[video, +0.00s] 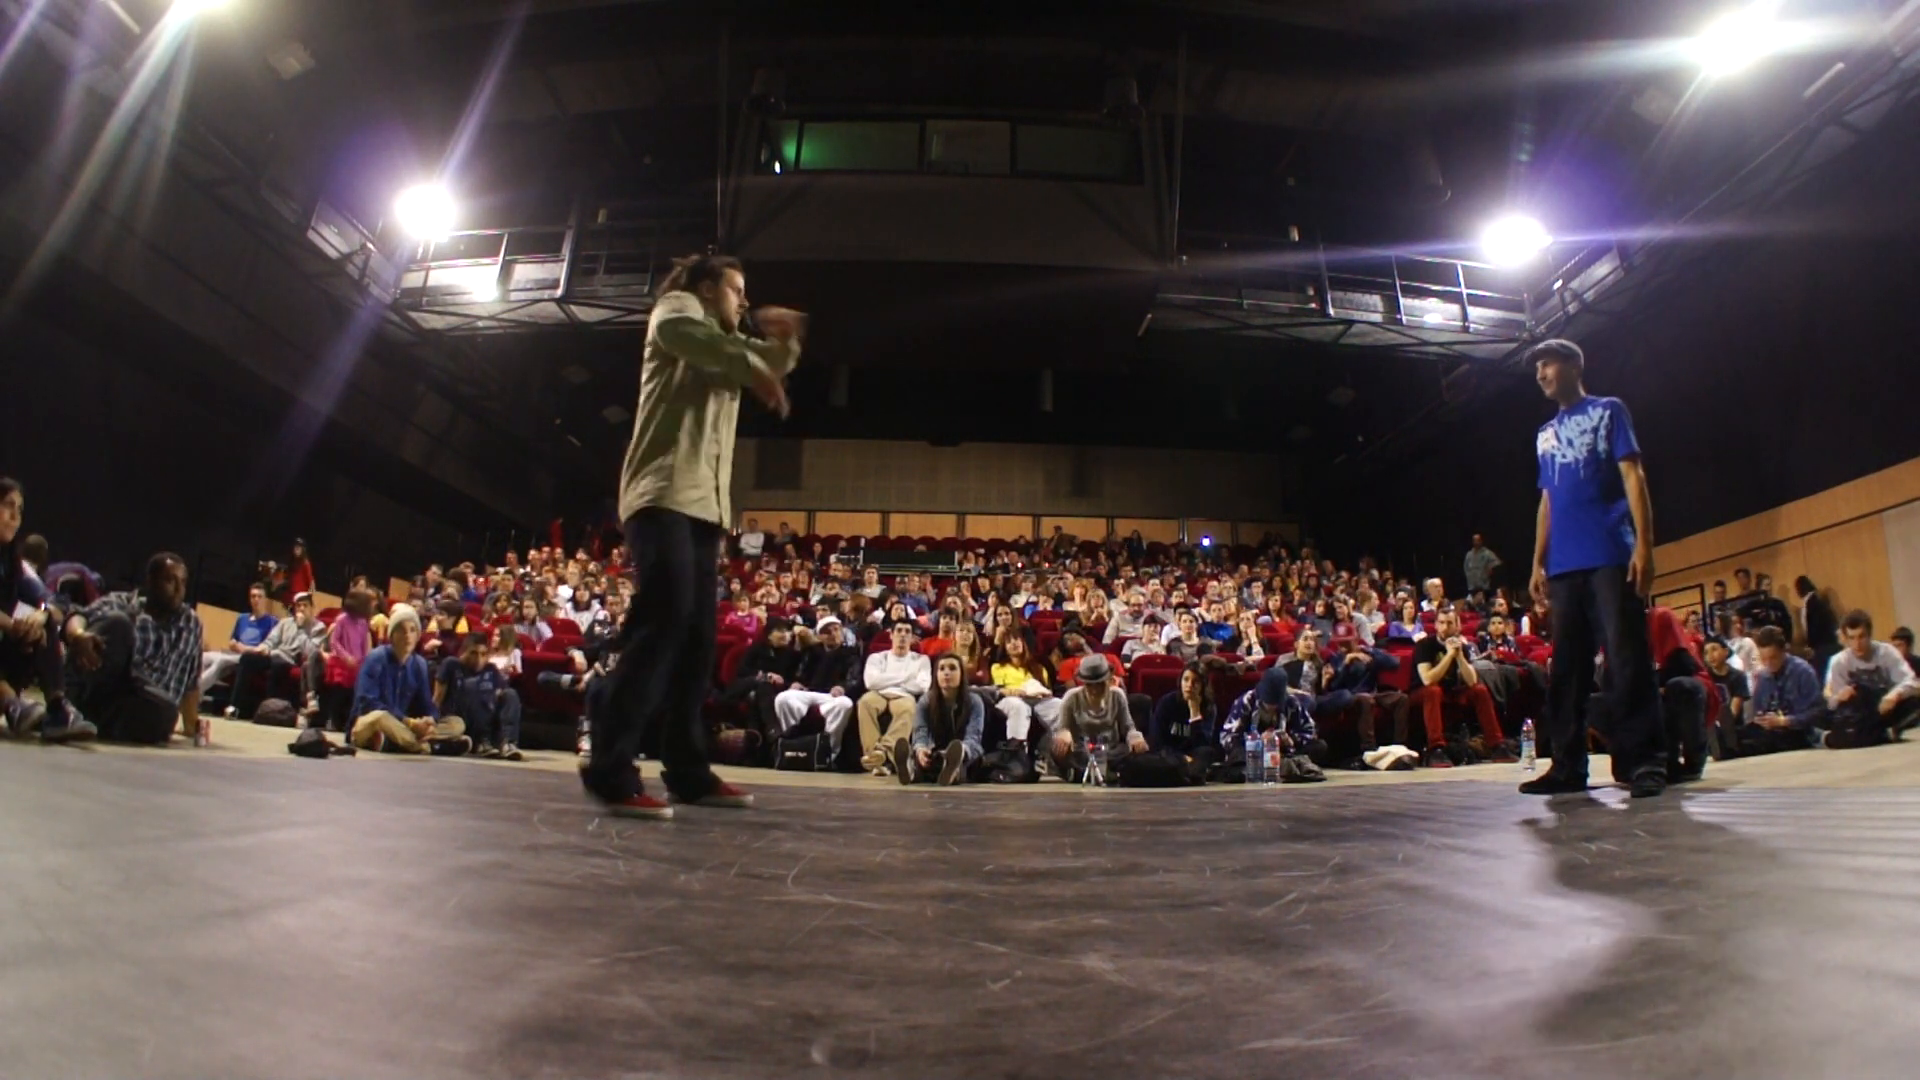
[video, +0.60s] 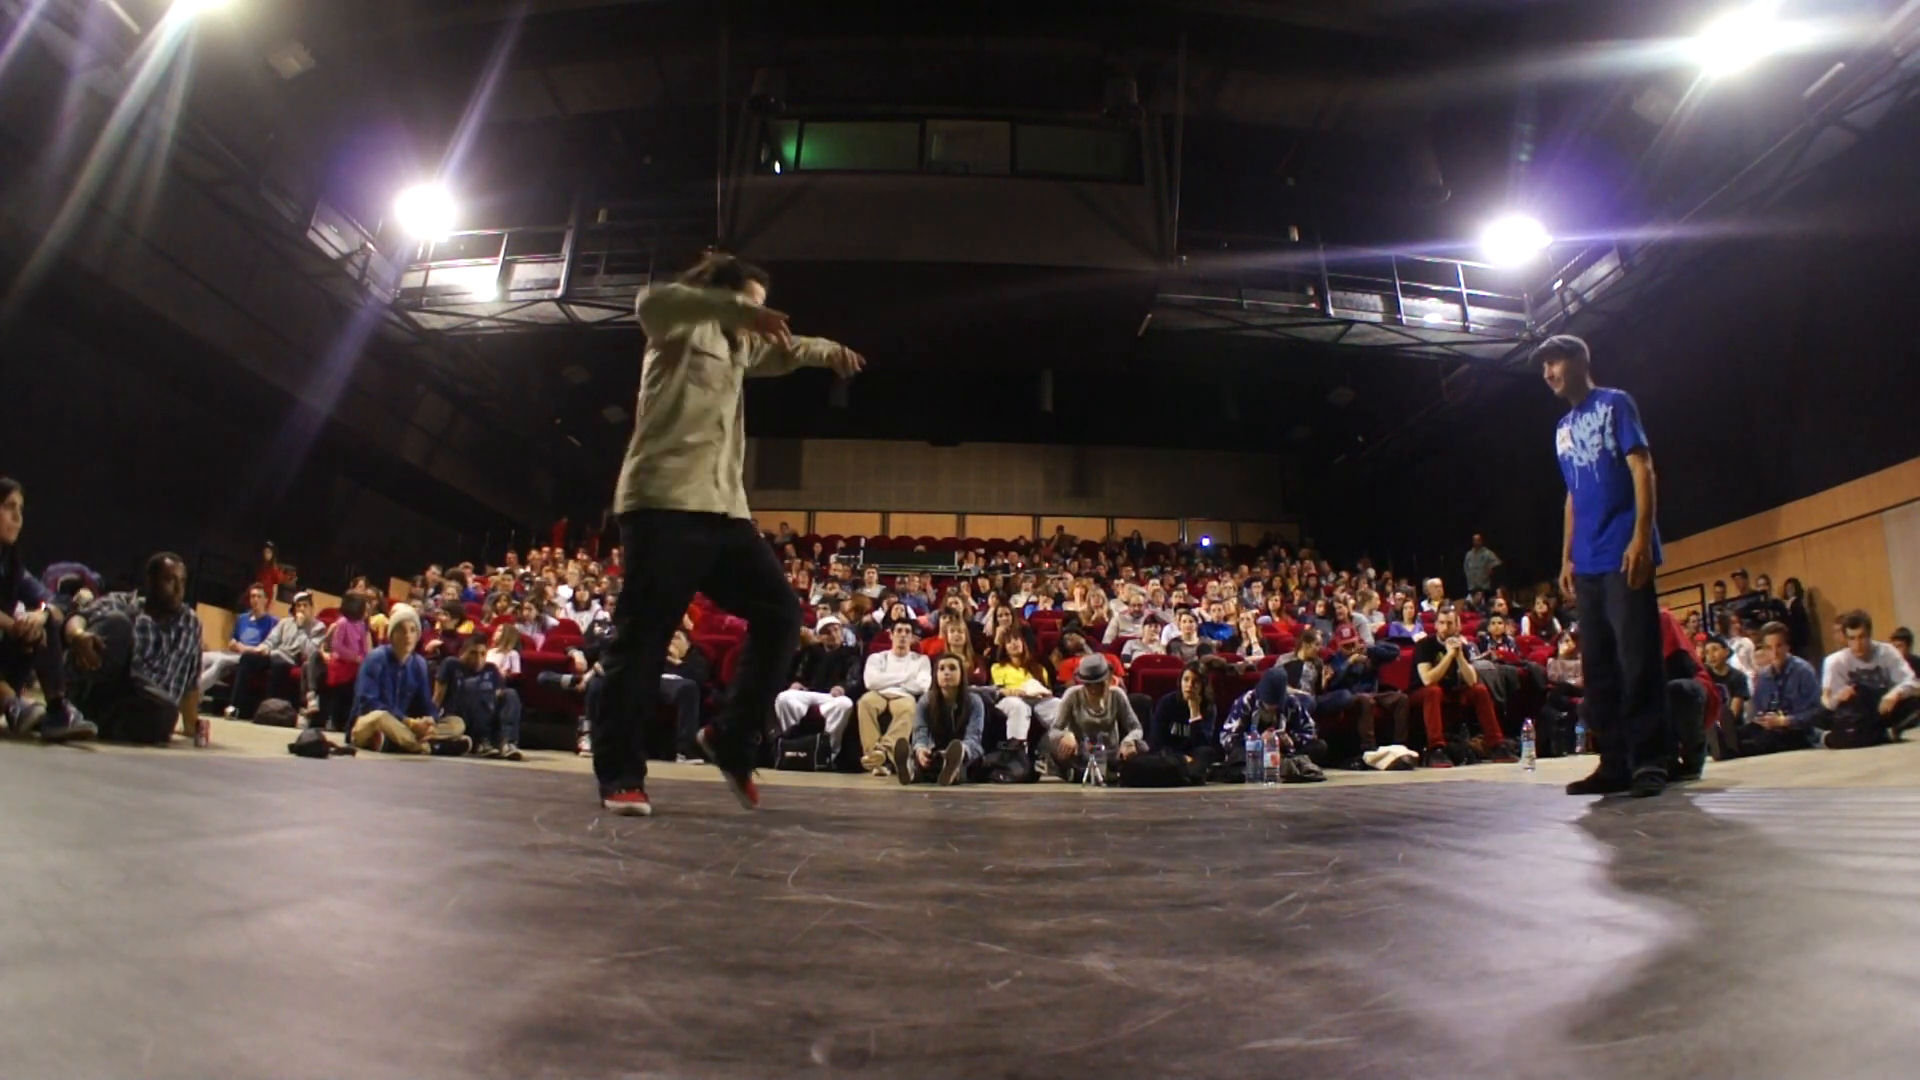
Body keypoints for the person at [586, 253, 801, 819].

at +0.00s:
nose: (743, 300)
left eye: (745, 293)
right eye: (736, 288)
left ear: (732, 300)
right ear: (705, 285)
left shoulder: (729, 343)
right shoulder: (675, 309)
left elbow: (763, 369)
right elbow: (695, 344)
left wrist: (787, 342)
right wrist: (757, 369)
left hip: (705, 503)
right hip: (662, 492)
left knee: (697, 638)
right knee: (664, 622)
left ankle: (688, 772)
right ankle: (609, 768)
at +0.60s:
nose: (759, 316)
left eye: (762, 309)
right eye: (753, 305)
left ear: (756, 310)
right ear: (723, 292)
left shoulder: (741, 346)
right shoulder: (675, 321)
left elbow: (787, 350)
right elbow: (653, 300)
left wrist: (833, 351)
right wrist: (739, 310)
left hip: (723, 510)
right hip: (663, 504)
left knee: (780, 616)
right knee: (640, 642)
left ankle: (734, 739)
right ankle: (619, 773)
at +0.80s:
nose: (765, 318)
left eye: (771, 312)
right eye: (760, 305)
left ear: (764, 315)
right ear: (732, 291)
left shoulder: (750, 346)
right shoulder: (694, 320)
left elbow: (789, 349)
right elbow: (709, 262)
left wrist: (833, 353)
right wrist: (709, 196)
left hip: (728, 500)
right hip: (681, 489)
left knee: (779, 619)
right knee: (714, 602)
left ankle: (734, 742)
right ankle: (617, 723)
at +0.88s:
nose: (767, 320)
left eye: (772, 313)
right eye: (763, 307)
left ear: (763, 313)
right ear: (736, 294)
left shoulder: (748, 347)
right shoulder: (699, 317)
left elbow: (784, 346)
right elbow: (698, 261)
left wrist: (827, 349)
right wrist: (710, 198)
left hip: (732, 498)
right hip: (688, 486)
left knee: (780, 617)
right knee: (734, 604)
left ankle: (737, 742)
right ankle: (648, 737)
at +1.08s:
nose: (772, 304)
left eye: (773, 295)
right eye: (764, 290)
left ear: (760, 301)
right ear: (734, 282)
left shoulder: (752, 343)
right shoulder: (700, 304)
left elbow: (793, 336)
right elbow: (690, 254)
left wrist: (840, 312)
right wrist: (752, 195)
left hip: (733, 496)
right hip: (684, 484)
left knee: (778, 620)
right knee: (730, 605)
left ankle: (762, 749)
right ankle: (645, 738)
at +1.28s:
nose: (783, 293)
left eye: (787, 288)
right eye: (775, 281)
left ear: (783, 301)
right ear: (746, 281)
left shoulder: (772, 346)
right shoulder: (713, 310)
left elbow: (814, 351)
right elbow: (717, 253)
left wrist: (870, 328)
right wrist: (779, 200)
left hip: (720, 496)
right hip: (671, 480)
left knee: (749, 622)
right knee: (709, 610)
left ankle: (762, 747)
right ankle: (649, 741)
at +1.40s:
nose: (783, 337)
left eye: (790, 330)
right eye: (779, 323)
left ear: (790, 328)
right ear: (754, 304)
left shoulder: (773, 358)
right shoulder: (709, 319)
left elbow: (810, 374)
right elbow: (702, 278)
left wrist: (877, 364)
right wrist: (782, 249)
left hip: (722, 497)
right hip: (671, 485)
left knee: (744, 621)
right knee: (706, 611)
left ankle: (761, 743)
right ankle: (636, 740)